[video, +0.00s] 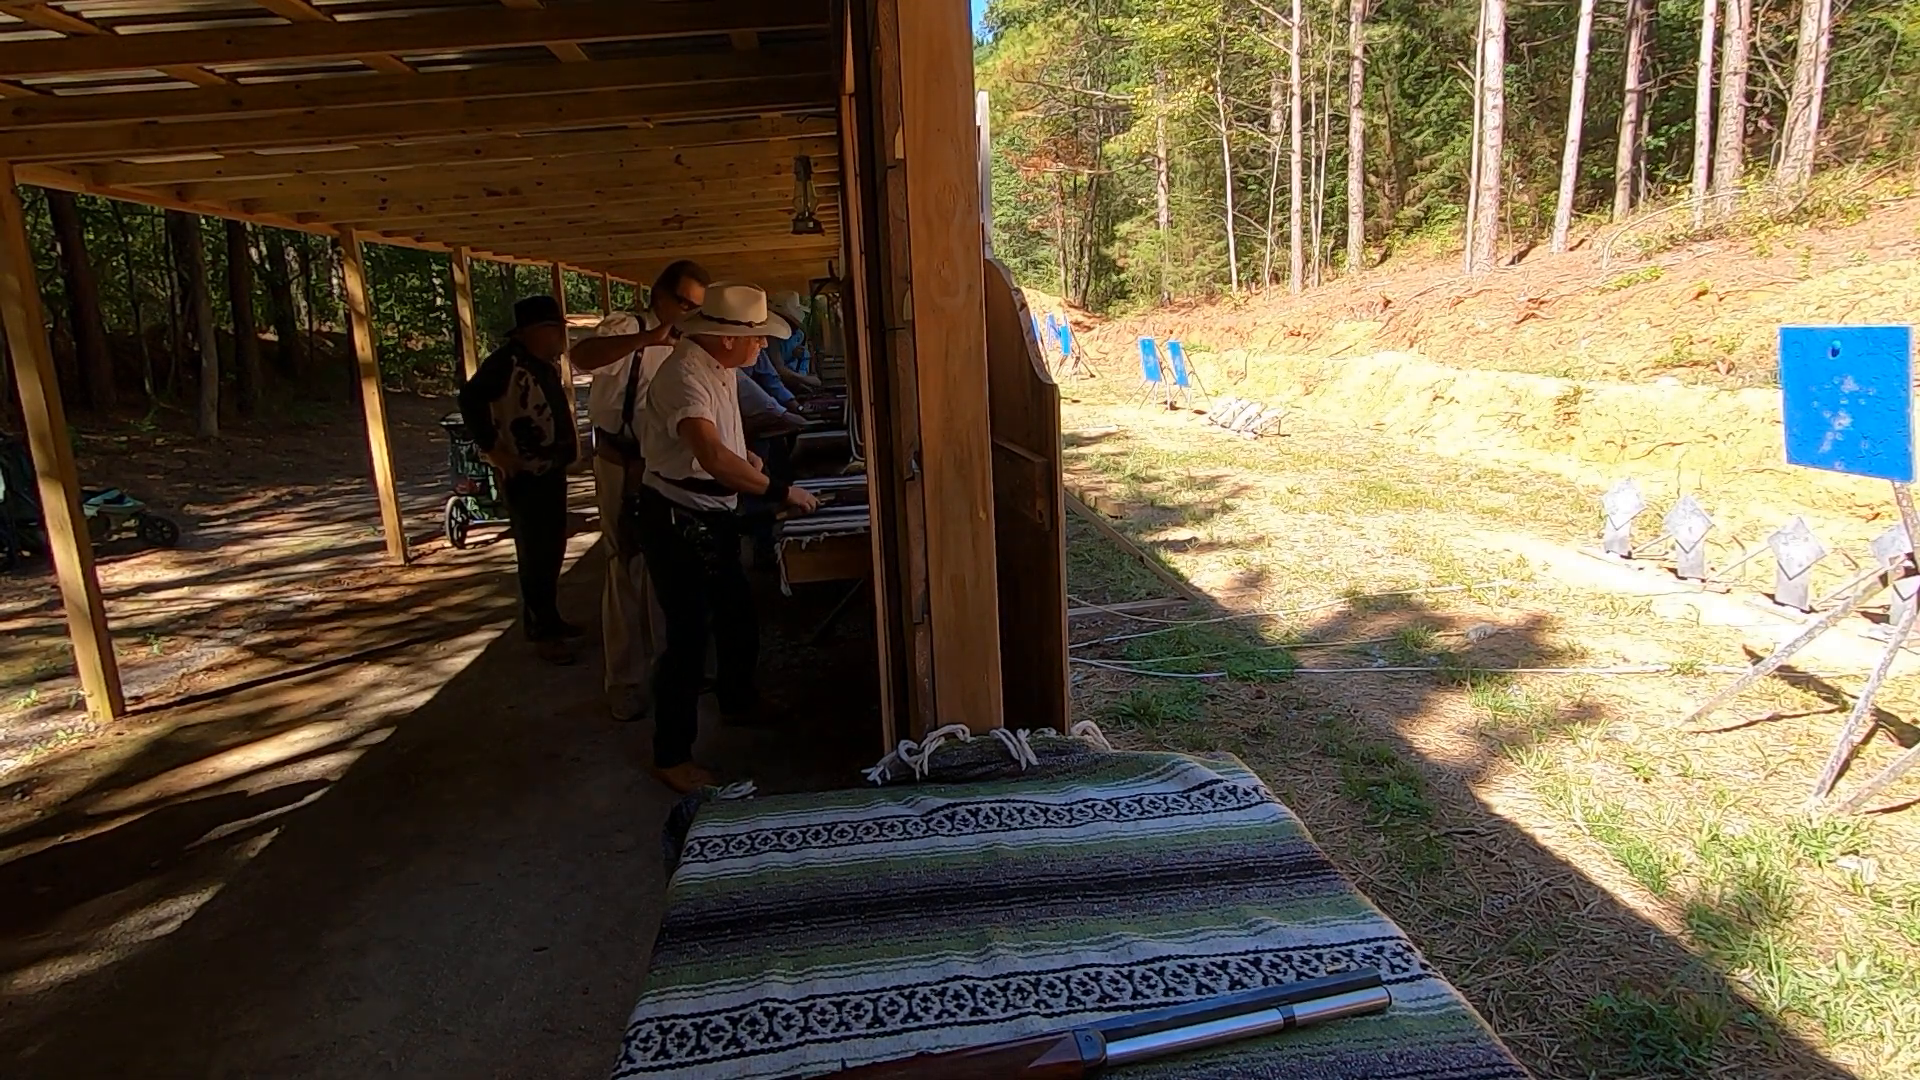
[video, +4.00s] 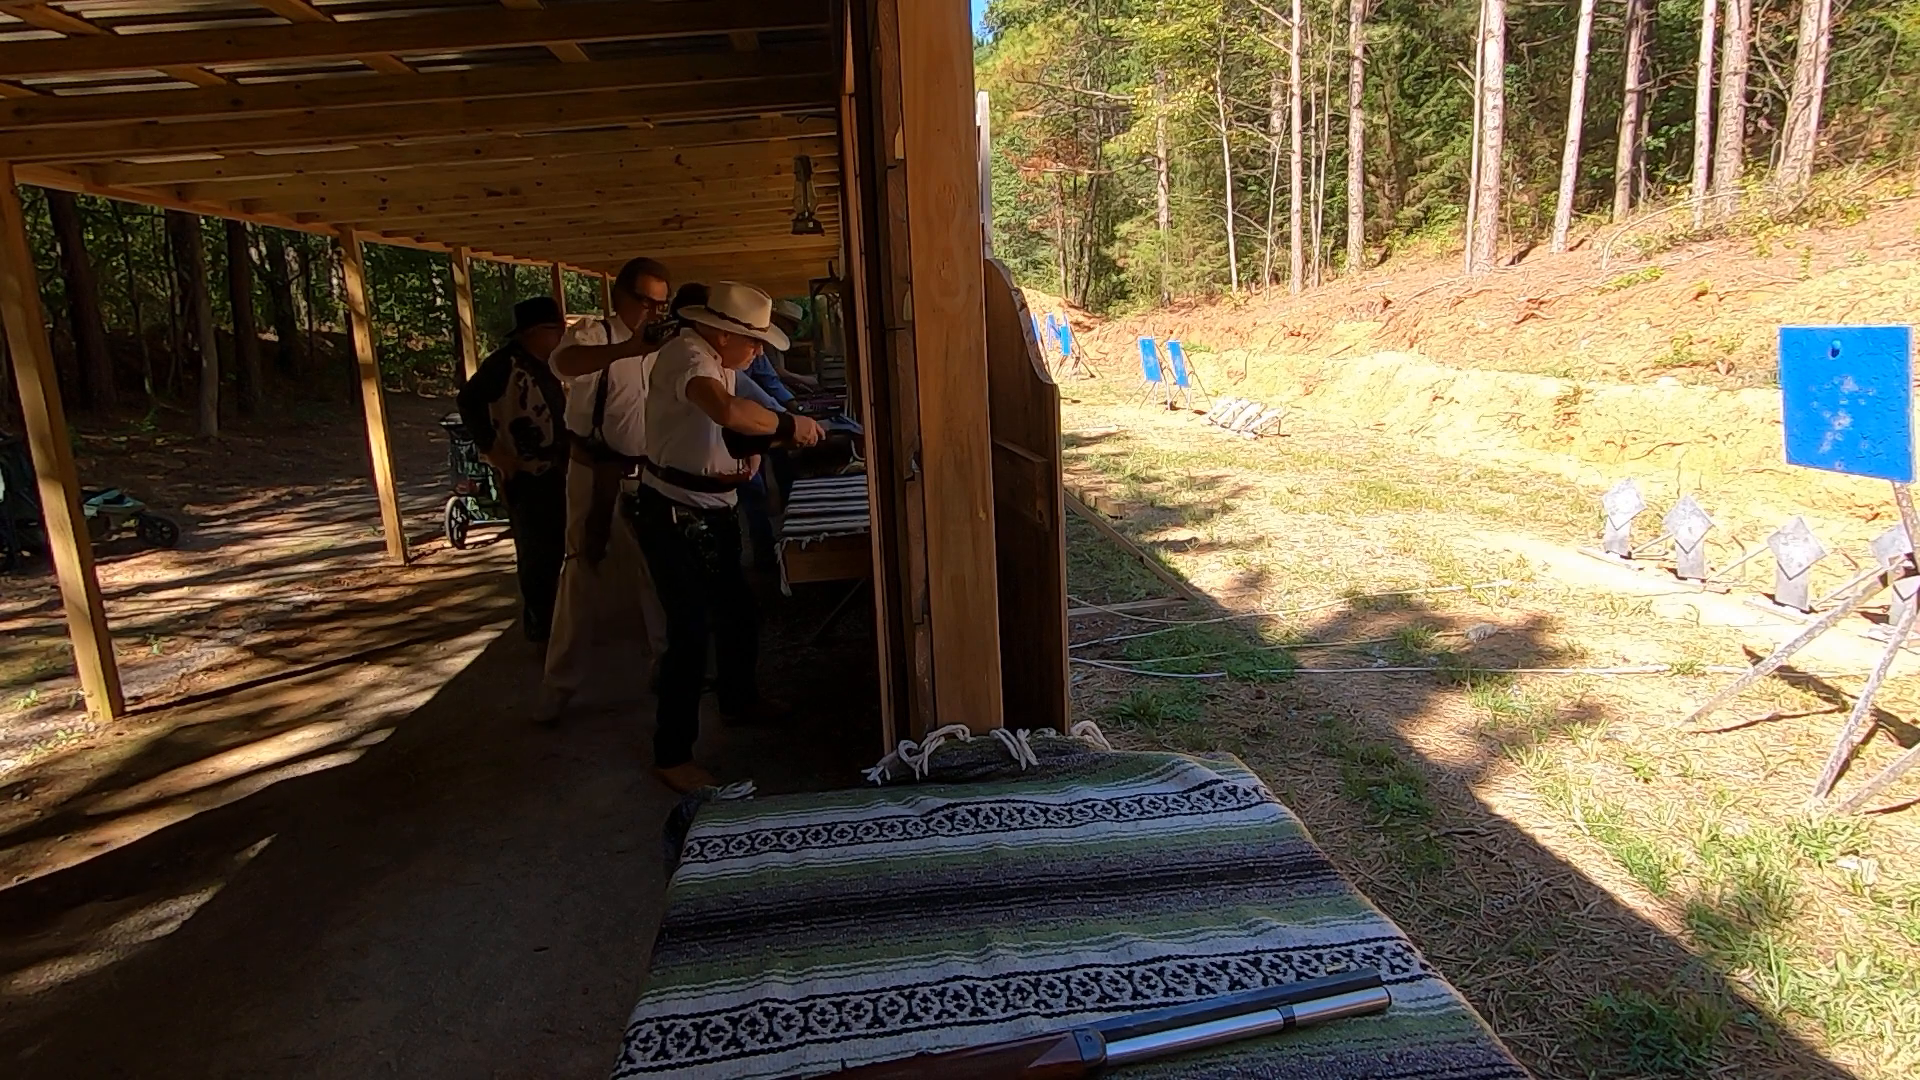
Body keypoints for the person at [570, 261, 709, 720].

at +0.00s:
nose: (686, 312)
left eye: (694, 307)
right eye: (681, 302)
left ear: (698, 309)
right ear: (659, 294)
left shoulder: (690, 346)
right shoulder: (627, 327)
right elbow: (581, 357)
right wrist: (645, 340)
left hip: (669, 463)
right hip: (618, 463)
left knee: (670, 568)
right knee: (626, 571)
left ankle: (673, 671)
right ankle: (624, 683)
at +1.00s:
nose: (690, 314)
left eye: (696, 309)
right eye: (684, 304)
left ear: (698, 310)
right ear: (659, 297)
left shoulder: (692, 347)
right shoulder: (631, 326)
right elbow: (599, 347)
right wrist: (668, 342)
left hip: (670, 464)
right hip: (619, 465)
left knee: (673, 566)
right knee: (626, 572)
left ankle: (674, 668)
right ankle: (623, 681)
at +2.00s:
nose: (690, 315)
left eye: (697, 309)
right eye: (685, 304)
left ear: (698, 311)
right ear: (660, 296)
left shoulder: (688, 344)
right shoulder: (631, 325)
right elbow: (609, 347)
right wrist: (674, 344)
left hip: (667, 463)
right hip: (619, 465)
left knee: (670, 568)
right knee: (626, 572)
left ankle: (672, 671)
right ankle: (623, 683)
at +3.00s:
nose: (689, 314)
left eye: (696, 309)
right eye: (683, 304)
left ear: (699, 311)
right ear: (659, 295)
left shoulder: (690, 344)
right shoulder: (631, 325)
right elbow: (608, 347)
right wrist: (674, 345)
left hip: (667, 461)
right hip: (618, 462)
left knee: (669, 563)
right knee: (624, 569)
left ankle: (670, 665)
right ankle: (624, 682)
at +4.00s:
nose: (655, 312)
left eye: (661, 305)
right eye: (648, 303)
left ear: (665, 305)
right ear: (621, 296)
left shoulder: (661, 343)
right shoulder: (594, 331)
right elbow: (562, 362)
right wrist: (631, 348)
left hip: (650, 471)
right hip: (595, 472)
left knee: (657, 574)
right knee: (581, 576)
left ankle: (667, 665)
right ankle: (557, 687)